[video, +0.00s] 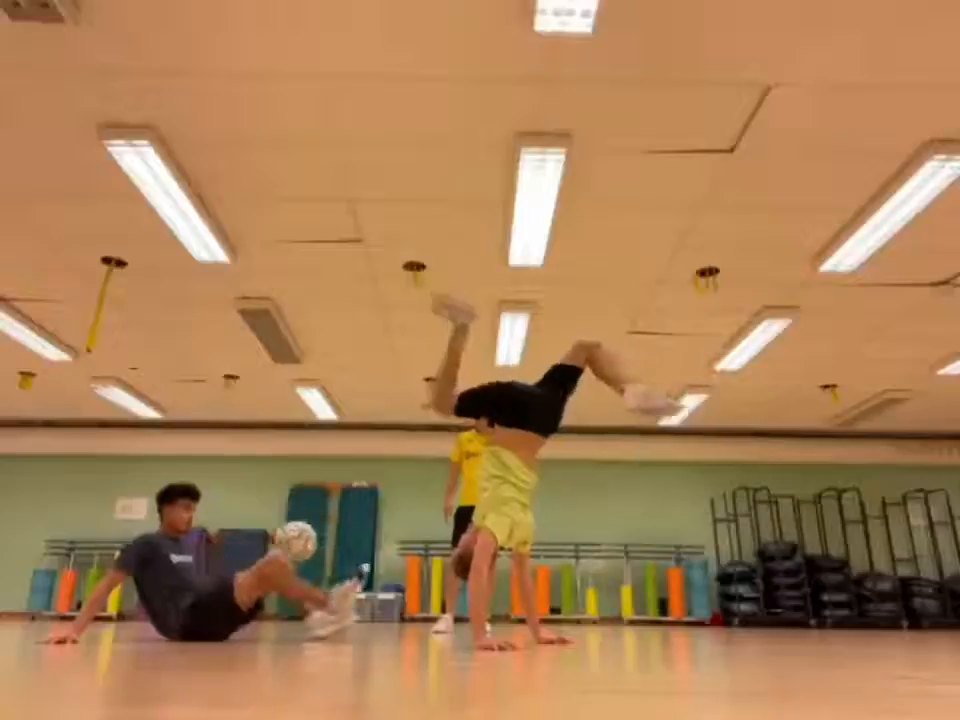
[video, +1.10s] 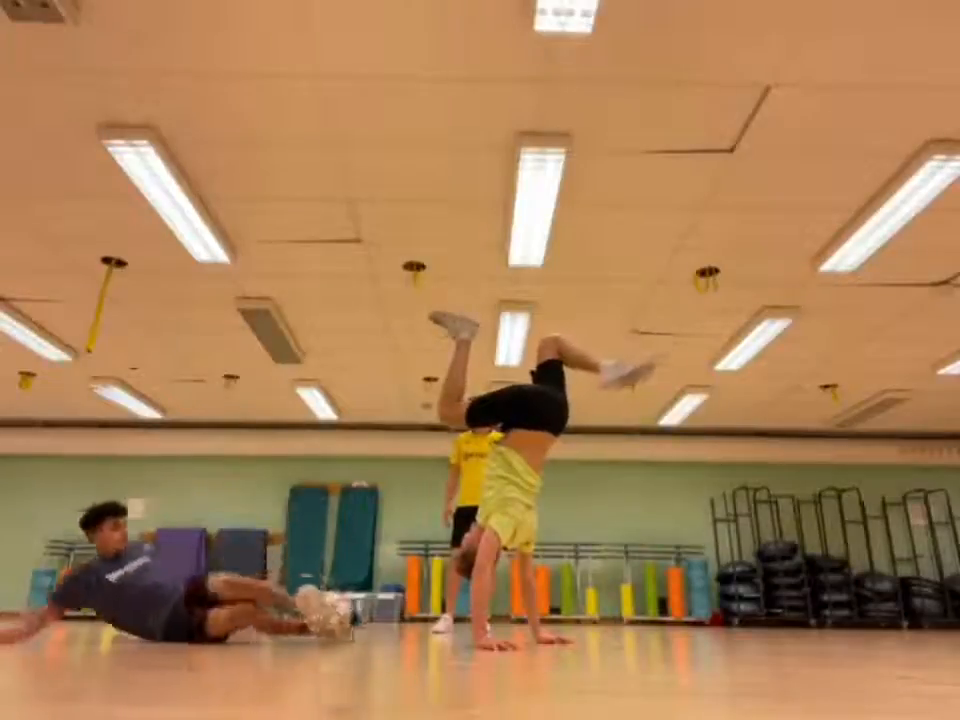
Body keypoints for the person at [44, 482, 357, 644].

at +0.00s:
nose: (189, 517)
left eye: (192, 511)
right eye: (184, 509)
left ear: (189, 515)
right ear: (164, 511)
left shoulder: (186, 549)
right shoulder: (144, 546)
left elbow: (192, 590)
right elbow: (106, 588)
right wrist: (75, 631)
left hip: (210, 616)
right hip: (188, 621)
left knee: (272, 568)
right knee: (268, 569)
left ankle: (319, 615)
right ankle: (327, 604)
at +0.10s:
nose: (189, 517)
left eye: (192, 511)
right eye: (184, 509)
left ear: (192, 514)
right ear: (164, 510)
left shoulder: (198, 541)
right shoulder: (144, 547)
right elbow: (106, 588)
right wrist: (76, 631)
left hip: (214, 617)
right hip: (188, 621)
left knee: (269, 555)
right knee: (258, 558)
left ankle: (309, 609)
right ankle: (309, 605)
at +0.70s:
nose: (174, 522)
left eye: (176, 516)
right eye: (169, 515)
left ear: (173, 519)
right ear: (149, 517)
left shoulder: (176, 552)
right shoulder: (134, 546)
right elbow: (98, 588)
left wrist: (231, 541)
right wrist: (74, 629)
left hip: (204, 620)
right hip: (174, 621)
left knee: (228, 543)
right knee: (213, 541)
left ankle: (276, 568)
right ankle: (268, 576)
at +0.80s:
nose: (169, 519)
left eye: (169, 512)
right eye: (162, 512)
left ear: (168, 515)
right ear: (142, 515)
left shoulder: (176, 545)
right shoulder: (126, 551)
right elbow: (93, 590)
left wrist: (267, 544)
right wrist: (66, 624)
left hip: (203, 612)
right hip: (177, 622)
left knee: (232, 541)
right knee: (220, 551)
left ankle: (279, 542)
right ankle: (280, 591)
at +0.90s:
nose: (153, 520)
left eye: (155, 514)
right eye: (145, 515)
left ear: (157, 517)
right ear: (126, 520)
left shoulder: (166, 549)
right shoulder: (116, 555)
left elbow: (177, 589)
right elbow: (74, 589)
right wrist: (33, 620)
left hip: (201, 609)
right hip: (174, 622)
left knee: (240, 560)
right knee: (233, 583)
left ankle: (295, 572)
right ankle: (300, 613)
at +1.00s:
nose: (138, 527)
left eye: (139, 521)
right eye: (130, 522)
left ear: (139, 524)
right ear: (111, 527)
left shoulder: (147, 551)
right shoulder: (102, 566)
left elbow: (166, 586)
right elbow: (63, 593)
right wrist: (33, 615)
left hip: (194, 594)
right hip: (173, 618)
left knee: (251, 583)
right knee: (241, 612)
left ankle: (309, 601)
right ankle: (309, 629)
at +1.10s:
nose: (122, 533)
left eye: (122, 527)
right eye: (114, 529)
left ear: (121, 531)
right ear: (94, 536)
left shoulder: (139, 552)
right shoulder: (81, 581)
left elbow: (165, 578)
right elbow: (43, 617)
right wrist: (20, 633)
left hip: (189, 590)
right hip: (174, 621)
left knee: (243, 585)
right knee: (246, 614)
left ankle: (306, 609)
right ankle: (313, 628)